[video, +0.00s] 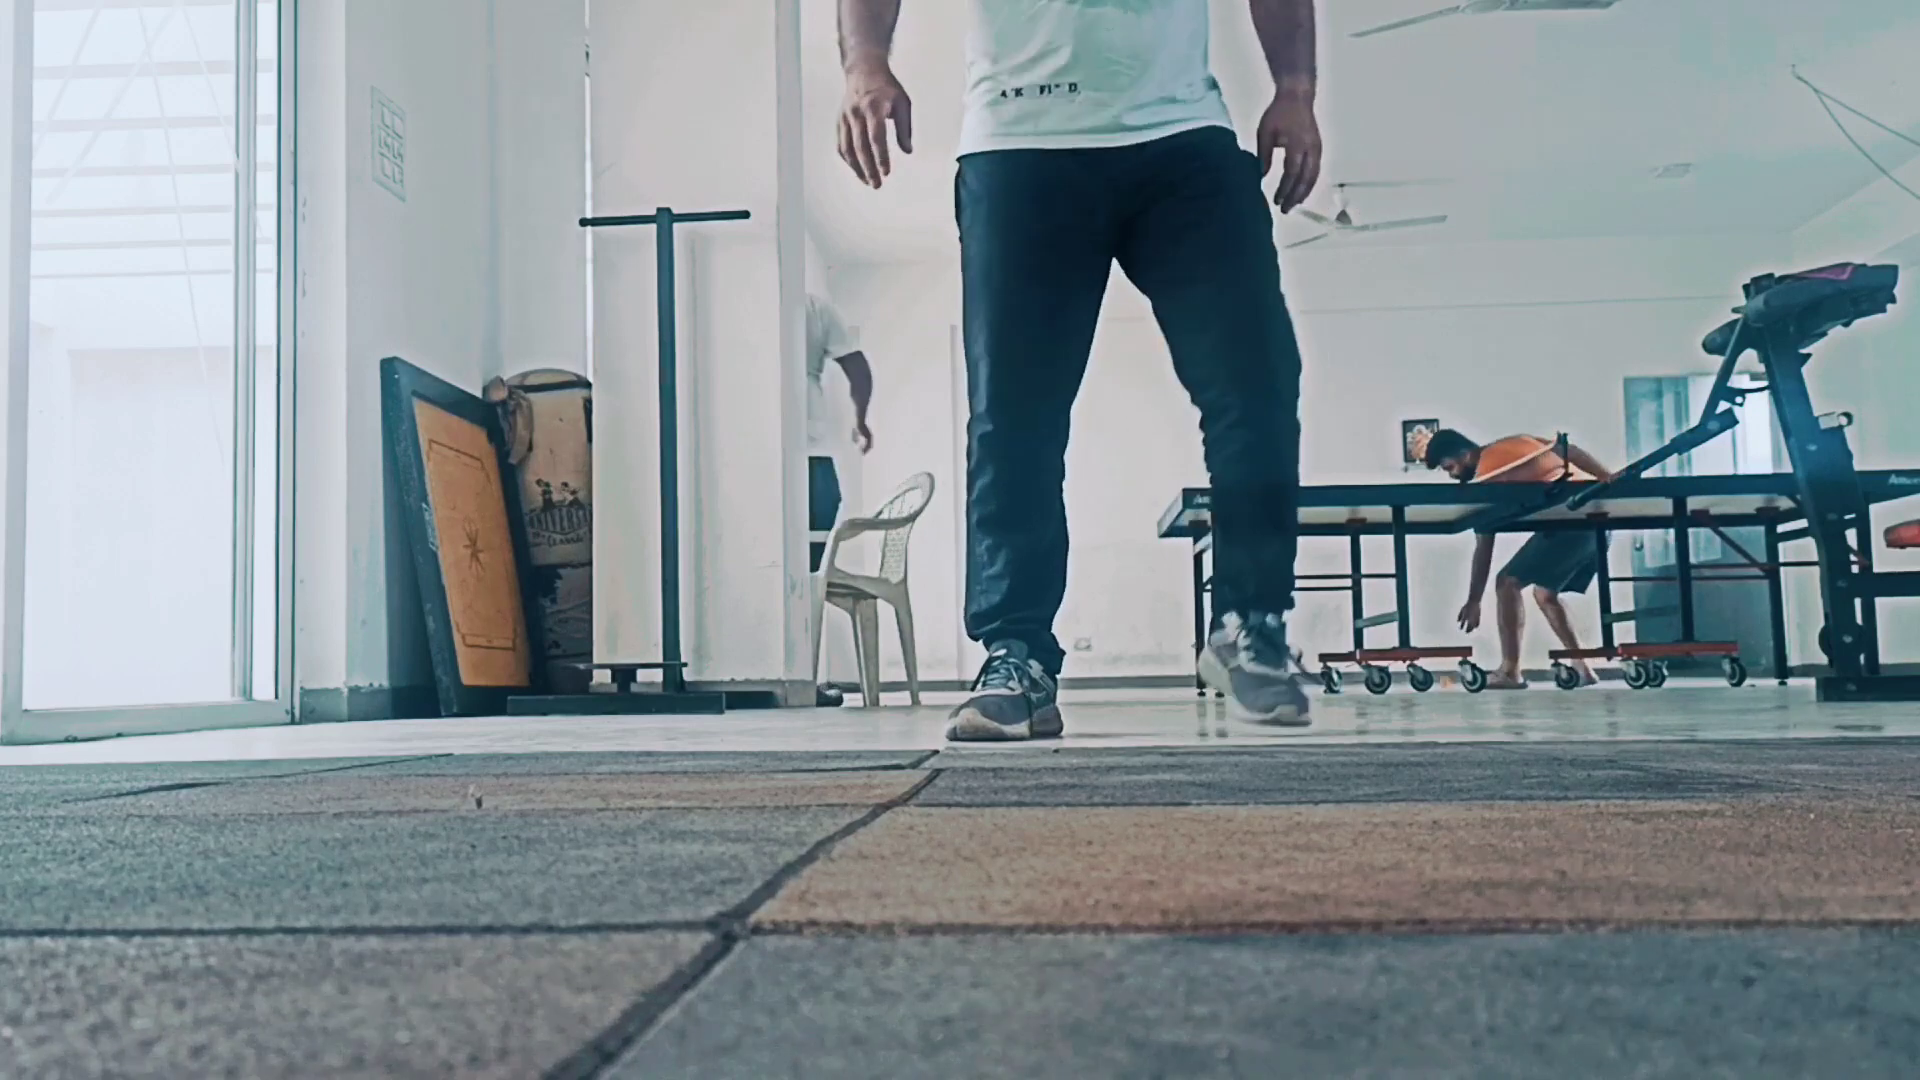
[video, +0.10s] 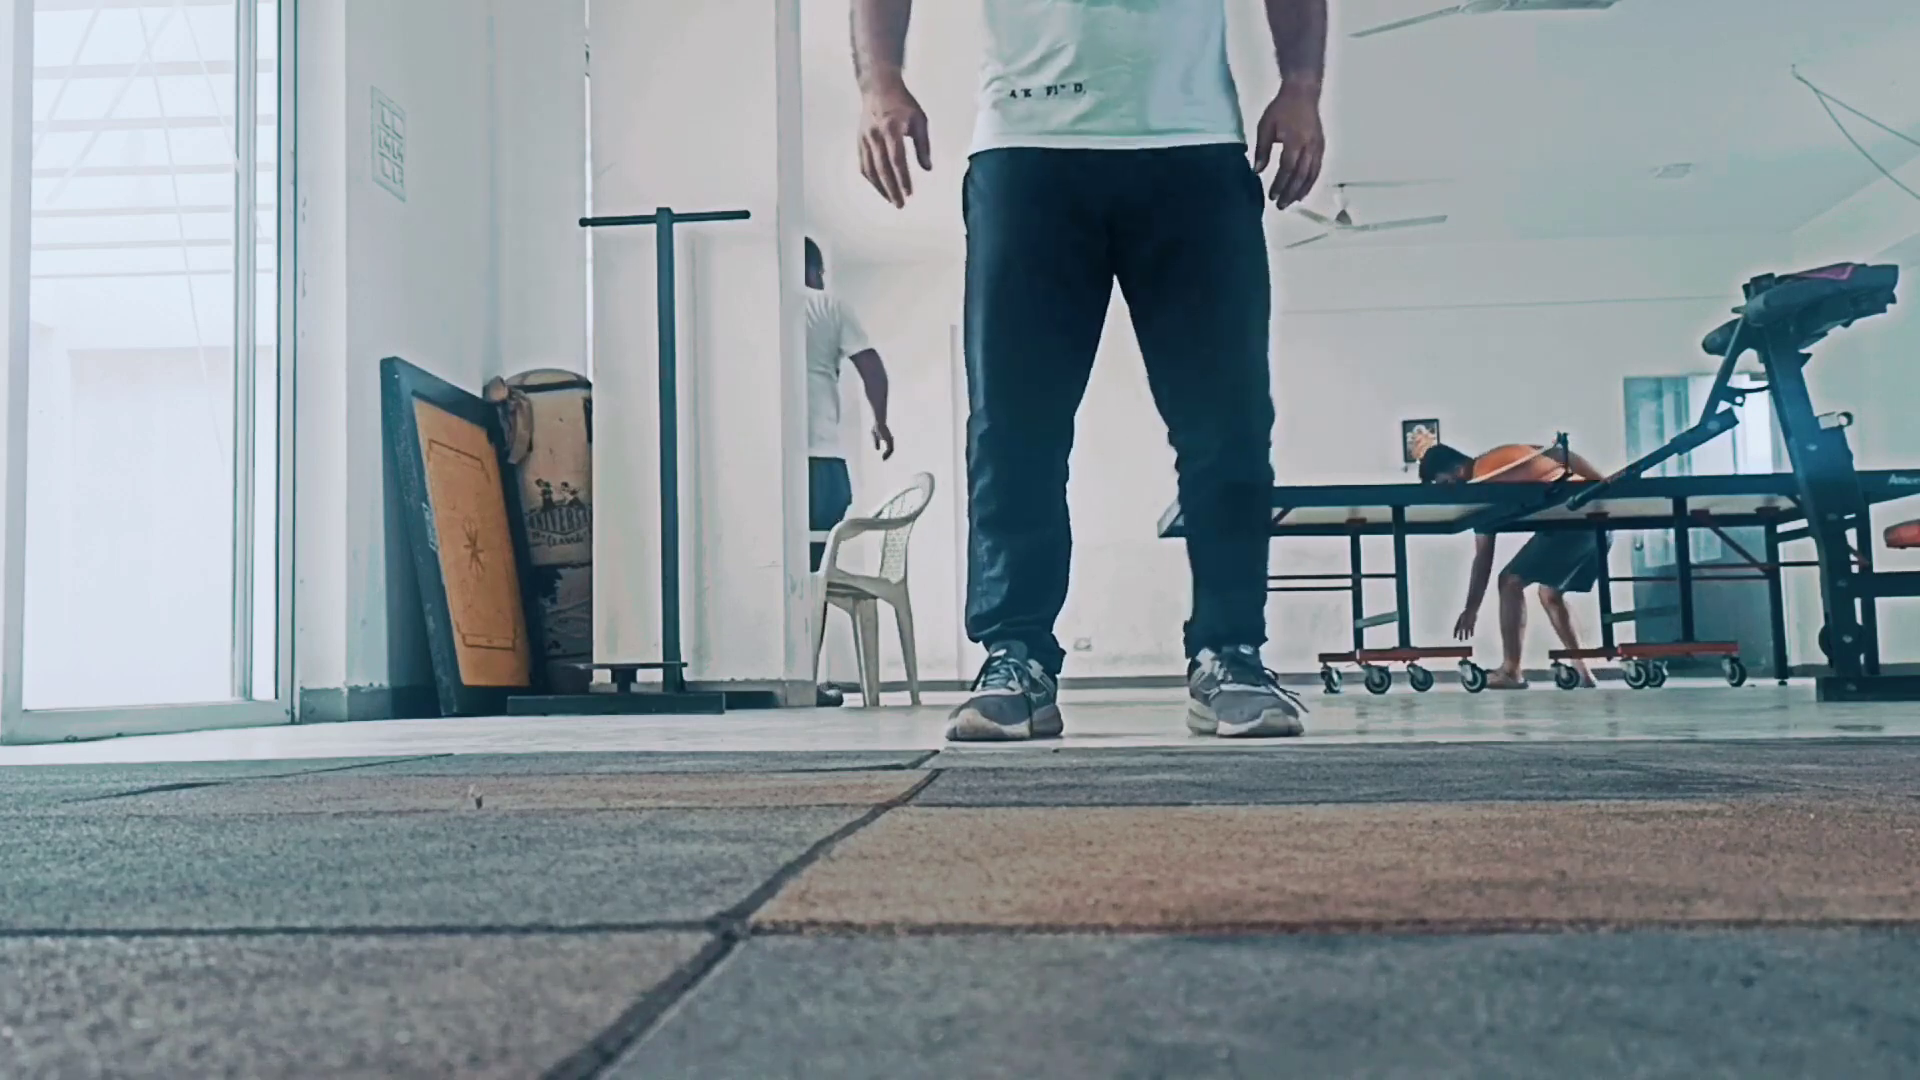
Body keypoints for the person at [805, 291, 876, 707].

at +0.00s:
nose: (778, 274)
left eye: (781, 269)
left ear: (790, 270)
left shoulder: (812, 307)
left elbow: (858, 370)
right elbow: (860, 370)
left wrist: (859, 420)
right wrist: (861, 420)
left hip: (810, 453)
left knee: (811, 570)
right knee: (804, 571)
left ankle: (809, 677)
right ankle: (803, 677)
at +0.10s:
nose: (823, 277)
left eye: (819, 268)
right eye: (822, 268)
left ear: (779, 267)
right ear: (814, 268)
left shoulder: (754, 306)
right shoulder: (829, 305)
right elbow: (870, 366)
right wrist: (880, 420)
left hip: (766, 460)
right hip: (819, 458)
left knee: (771, 566)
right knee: (813, 572)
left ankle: (777, 674)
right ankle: (809, 676)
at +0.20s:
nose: (840, 278)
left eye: (837, 271)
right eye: (838, 271)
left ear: (796, 268)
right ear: (826, 268)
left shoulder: (766, 301)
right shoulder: (839, 303)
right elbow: (879, 365)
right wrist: (890, 420)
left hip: (774, 456)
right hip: (826, 455)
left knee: (776, 567)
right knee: (822, 571)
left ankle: (781, 675)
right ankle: (814, 677)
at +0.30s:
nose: (850, 281)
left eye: (849, 274)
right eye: (849, 273)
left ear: (802, 268)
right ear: (838, 270)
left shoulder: (772, 297)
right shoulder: (848, 302)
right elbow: (883, 368)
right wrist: (894, 423)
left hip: (775, 451)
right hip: (829, 450)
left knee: (778, 561)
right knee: (826, 566)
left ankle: (779, 672)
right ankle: (809, 673)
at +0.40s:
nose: (860, 283)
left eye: (859, 276)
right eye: (859, 275)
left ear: (810, 273)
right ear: (848, 273)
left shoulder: (783, 298)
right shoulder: (857, 304)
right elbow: (884, 367)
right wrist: (898, 425)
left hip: (783, 450)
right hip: (832, 449)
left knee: (782, 561)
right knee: (827, 568)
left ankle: (782, 673)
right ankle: (805, 674)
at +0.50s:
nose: (870, 286)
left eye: (869, 279)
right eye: (869, 278)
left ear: (820, 278)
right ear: (858, 276)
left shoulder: (795, 307)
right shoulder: (865, 306)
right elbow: (890, 369)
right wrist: (905, 428)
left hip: (792, 449)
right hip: (839, 448)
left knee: (811, 562)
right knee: (830, 564)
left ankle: (836, 671)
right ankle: (812, 670)